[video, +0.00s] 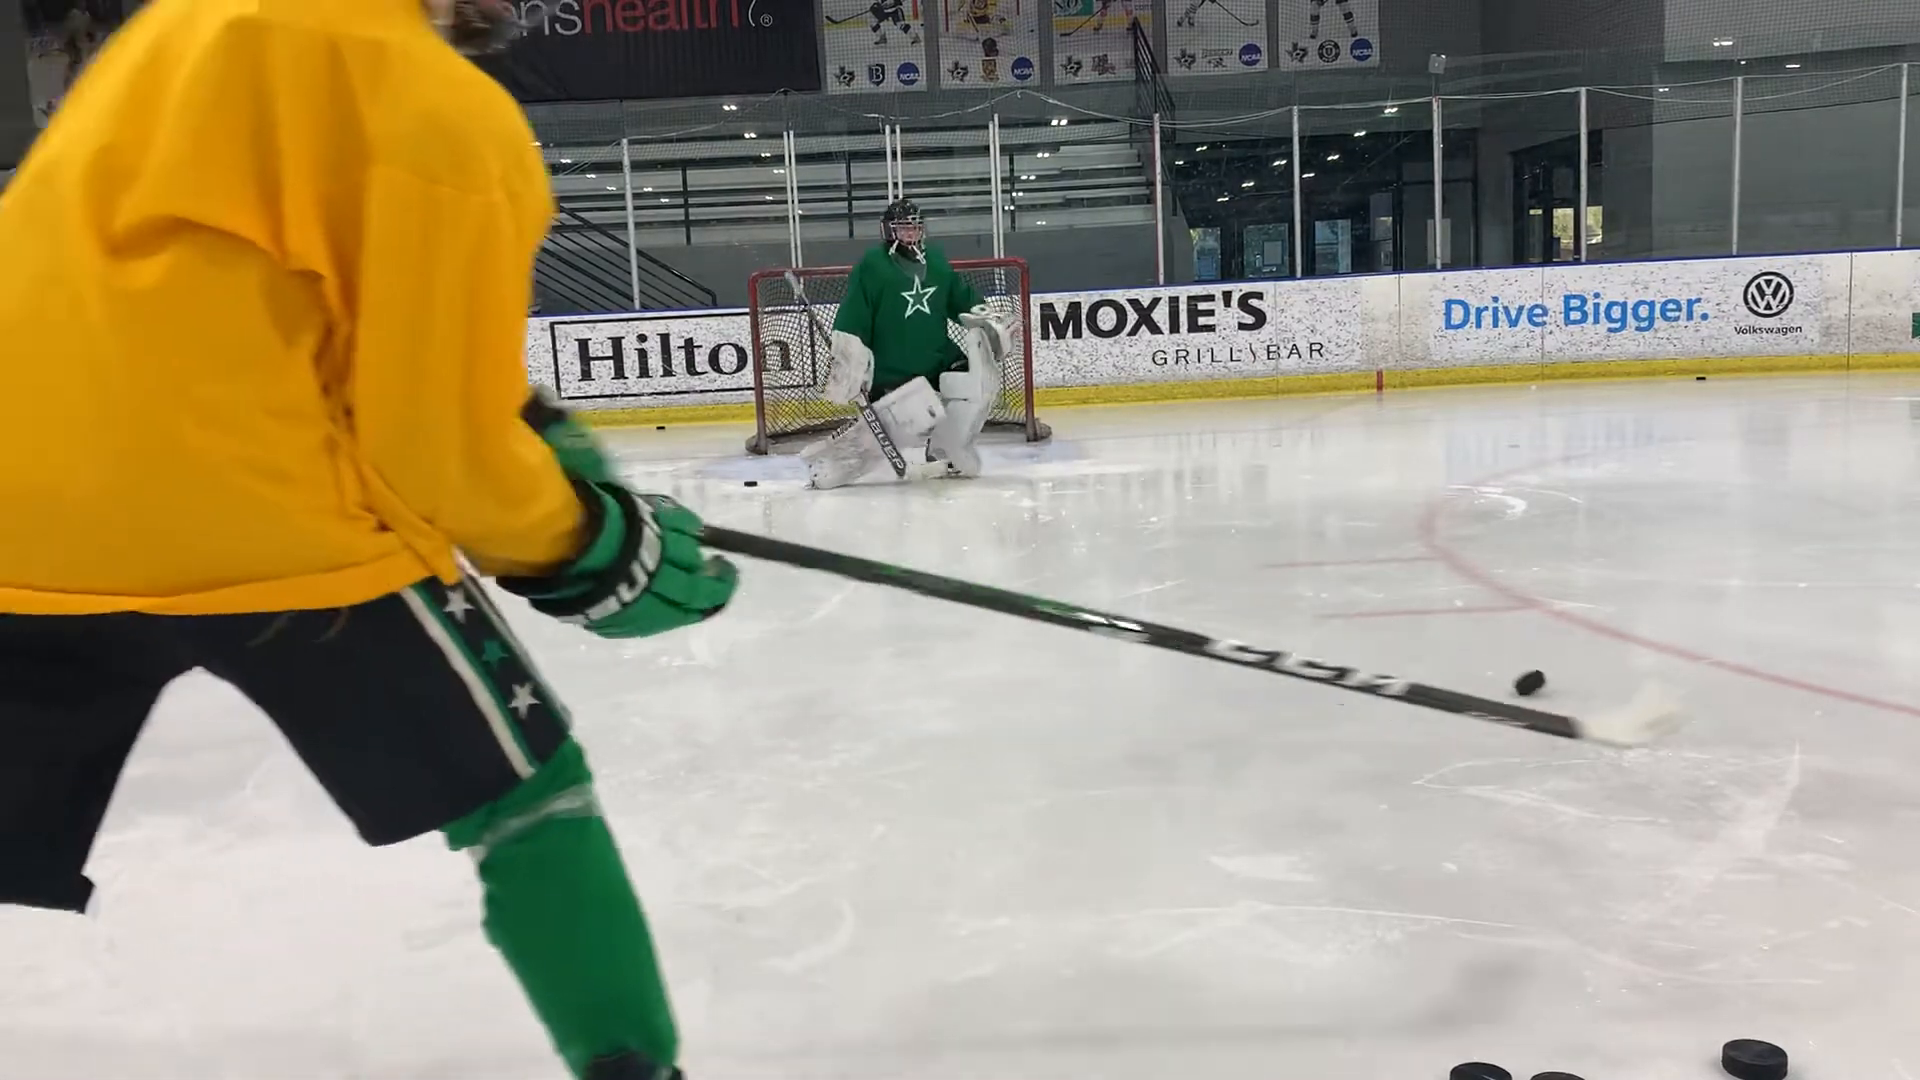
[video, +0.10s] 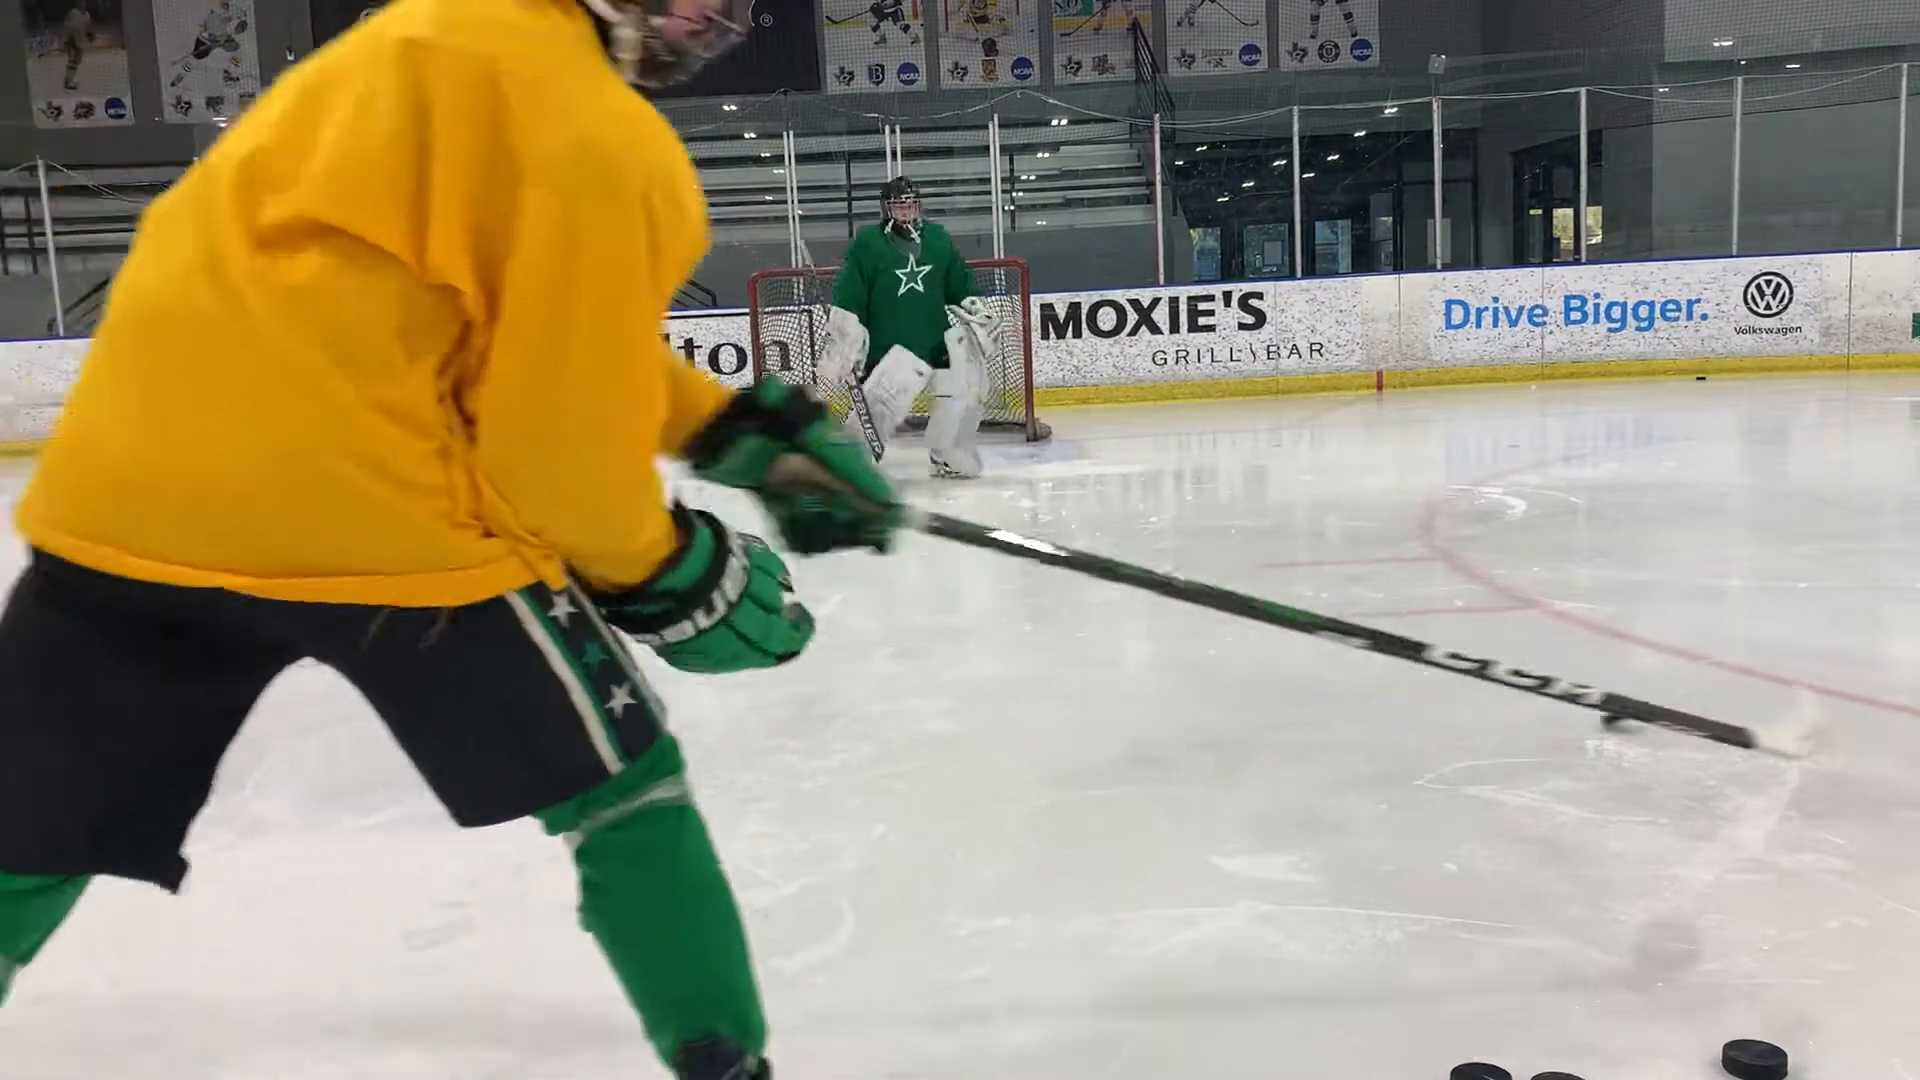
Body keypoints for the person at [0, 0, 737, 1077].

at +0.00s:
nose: (505, 18)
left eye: (508, 10)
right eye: (502, 5)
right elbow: (439, 441)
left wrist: (511, 428)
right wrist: (598, 553)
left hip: (34, 509)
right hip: (269, 506)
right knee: (524, 803)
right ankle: (630, 1057)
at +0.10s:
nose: (720, 22)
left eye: (738, 10)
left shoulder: (396, 47)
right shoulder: (606, 139)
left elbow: (527, 326)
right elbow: (560, 464)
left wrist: (743, 432)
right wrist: (683, 577)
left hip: (123, 485)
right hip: (379, 508)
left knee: (20, 863)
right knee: (621, 790)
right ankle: (721, 1059)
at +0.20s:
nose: (863, 49)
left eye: (869, 24)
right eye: (851, 18)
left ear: (722, 1)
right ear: (770, 7)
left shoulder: (586, 78)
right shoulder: (713, 149)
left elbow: (802, 348)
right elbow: (651, 483)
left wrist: (979, 437)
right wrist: (767, 578)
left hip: (243, 477)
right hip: (465, 508)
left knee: (95, 875)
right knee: (713, 779)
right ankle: (810, 1060)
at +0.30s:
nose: (982, 104)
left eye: (991, 77)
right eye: (963, 69)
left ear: (881, 70)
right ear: (867, 55)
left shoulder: (830, 190)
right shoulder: (792, 178)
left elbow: (965, 375)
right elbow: (721, 489)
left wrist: (1149, 453)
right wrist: (842, 571)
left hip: (355, 474)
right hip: (544, 506)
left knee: (192, 876)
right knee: (801, 768)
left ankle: (18, 1061)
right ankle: (869, 1061)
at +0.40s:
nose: (1061, 127)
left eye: (1069, 97)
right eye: (1040, 90)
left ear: (999, 100)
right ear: (941, 74)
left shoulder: (964, 245)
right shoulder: (846, 172)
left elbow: (1060, 404)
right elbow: (773, 480)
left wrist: (1253, 480)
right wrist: (904, 565)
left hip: (435, 476)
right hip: (596, 506)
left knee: (310, 865)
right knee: (854, 752)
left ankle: (62, 1072)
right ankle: (881, 1059)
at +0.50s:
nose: (1114, 135)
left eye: (1123, 105)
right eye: (1093, 97)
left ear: (1056, 104)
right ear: (998, 73)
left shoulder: (1013, 245)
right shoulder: (904, 165)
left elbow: (1087, 419)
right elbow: (809, 459)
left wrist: (1269, 528)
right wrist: (936, 571)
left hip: (483, 452)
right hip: (633, 479)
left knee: (452, 847)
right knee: (881, 745)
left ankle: (169, 1058)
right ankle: (904, 1051)